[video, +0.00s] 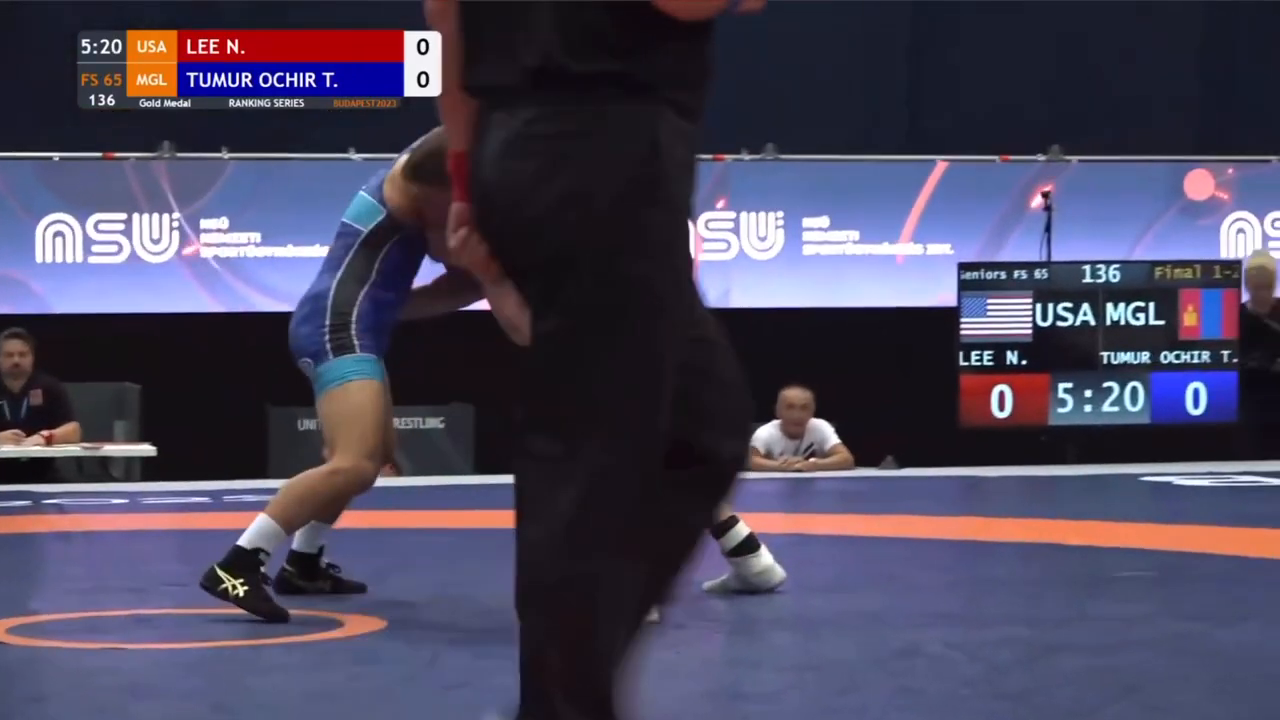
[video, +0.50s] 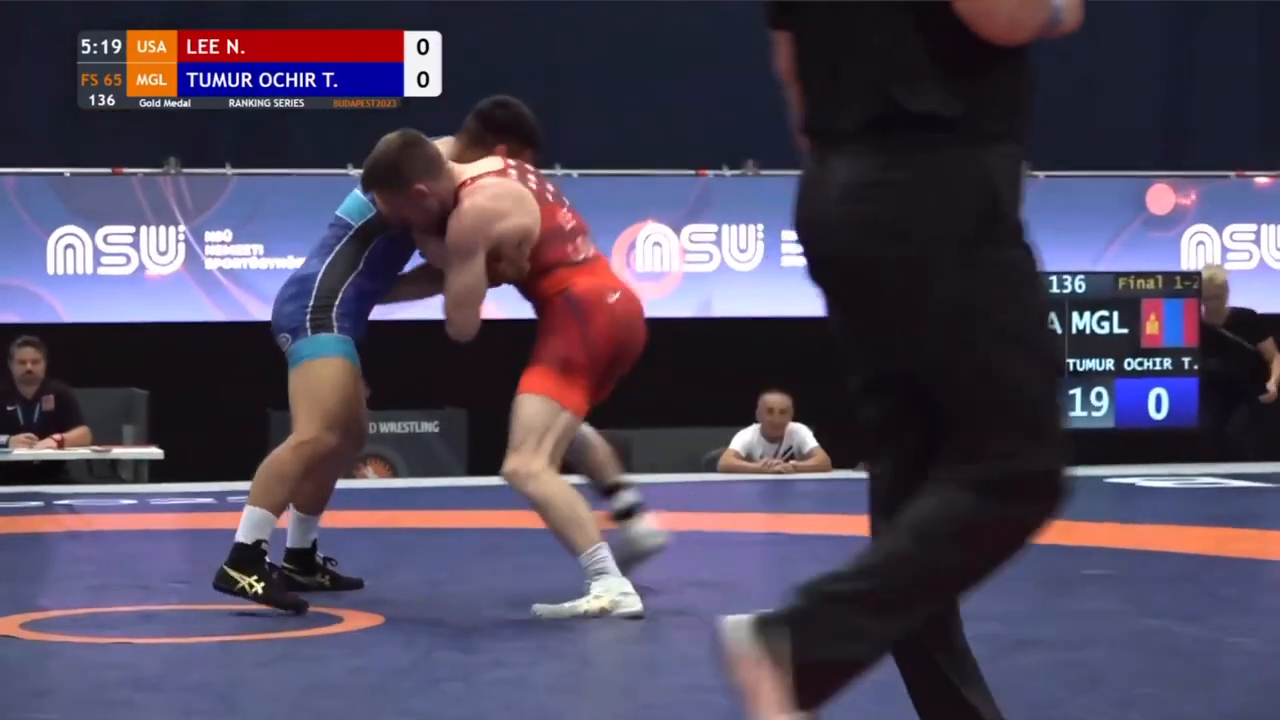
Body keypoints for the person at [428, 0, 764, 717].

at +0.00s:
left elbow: (448, 23)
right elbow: (686, 1)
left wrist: (465, 186)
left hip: (516, 150)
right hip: (610, 156)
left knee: (708, 420)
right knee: (594, 445)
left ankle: (579, 669)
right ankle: (563, 697)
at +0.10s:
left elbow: (495, 15)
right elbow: (756, 6)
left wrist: (505, 189)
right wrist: (804, 1)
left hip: (575, 163)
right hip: (668, 172)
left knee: (764, 450)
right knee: (616, 485)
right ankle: (565, 703)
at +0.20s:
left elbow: (559, 22)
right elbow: (823, 19)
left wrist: (574, 199)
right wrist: (868, 8)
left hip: (640, 180)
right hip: (726, 188)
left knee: (808, 488)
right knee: (660, 495)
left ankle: (950, 711)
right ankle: (574, 706)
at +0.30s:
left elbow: (635, 45)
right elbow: (883, 30)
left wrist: (658, 216)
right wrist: (929, 16)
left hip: (708, 185)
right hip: (805, 190)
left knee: (863, 493)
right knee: (733, 494)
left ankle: (955, 707)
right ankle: (601, 704)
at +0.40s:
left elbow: (715, 51)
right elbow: (941, 25)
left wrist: (756, 226)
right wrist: (995, 15)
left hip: (789, 194)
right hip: (883, 192)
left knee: (903, 506)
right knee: (871, 493)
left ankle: (958, 707)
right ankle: (649, 694)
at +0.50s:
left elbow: (791, 61)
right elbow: (1001, 15)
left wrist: (832, 161)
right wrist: (1060, 11)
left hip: (838, 189)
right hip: (942, 188)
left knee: (904, 469)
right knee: (1019, 470)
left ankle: (956, 707)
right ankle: (792, 647)